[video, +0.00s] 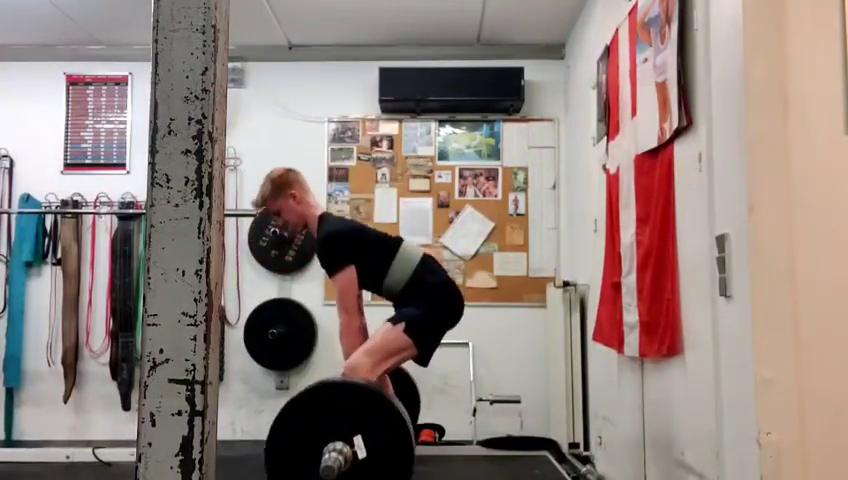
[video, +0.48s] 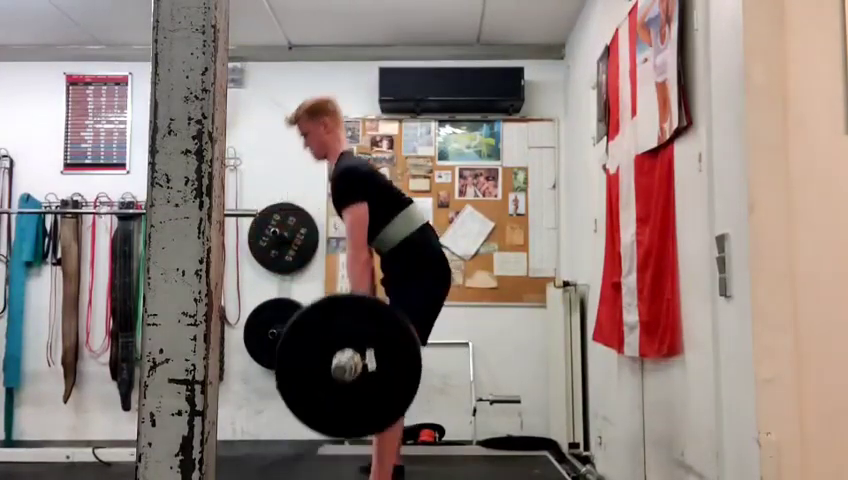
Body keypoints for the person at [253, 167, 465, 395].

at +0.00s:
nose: (280, 224)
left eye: (278, 213)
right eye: (274, 218)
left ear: (295, 197)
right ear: (297, 197)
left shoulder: (332, 237)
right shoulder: (333, 232)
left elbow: (351, 319)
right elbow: (355, 316)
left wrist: (352, 382)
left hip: (434, 301)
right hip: (429, 299)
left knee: (358, 370)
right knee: (372, 371)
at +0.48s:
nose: (306, 146)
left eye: (306, 136)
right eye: (303, 138)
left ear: (326, 127)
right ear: (325, 129)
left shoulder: (350, 174)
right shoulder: (347, 172)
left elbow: (360, 254)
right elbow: (361, 254)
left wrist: (359, 319)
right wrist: (362, 318)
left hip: (420, 272)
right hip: (412, 272)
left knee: (391, 369)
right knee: (389, 367)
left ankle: (383, 472)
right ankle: (386, 466)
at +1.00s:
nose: (369, 114)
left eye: (371, 104)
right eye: (366, 106)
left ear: (392, 93)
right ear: (393, 96)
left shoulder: (408, 142)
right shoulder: (400, 141)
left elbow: (388, 215)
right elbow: (383, 217)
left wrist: (369, 277)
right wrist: (364, 275)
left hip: (392, 260)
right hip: (387, 260)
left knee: (388, 370)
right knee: (385, 370)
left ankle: (383, 474)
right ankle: (384, 468)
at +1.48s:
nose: (305, 157)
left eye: (306, 147)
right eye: (301, 149)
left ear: (325, 140)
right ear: (325, 144)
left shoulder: (352, 185)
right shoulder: (350, 184)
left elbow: (359, 266)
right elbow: (360, 265)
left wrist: (358, 331)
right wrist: (358, 331)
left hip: (435, 280)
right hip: (427, 280)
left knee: (385, 365)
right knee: (384, 365)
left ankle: (381, 471)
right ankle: (386, 468)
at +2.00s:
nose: (277, 290)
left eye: (272, 282)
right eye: (270, 287)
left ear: (284, 256)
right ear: (285, 253)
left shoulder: (324, 271)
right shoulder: (327, 266)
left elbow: (351, 346)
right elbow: (359, 341)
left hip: (445, 314)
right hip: (436, 311)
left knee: (361, 367)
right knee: (365, 367)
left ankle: (375, 451)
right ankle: (387, 448)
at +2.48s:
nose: (276, 286)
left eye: (270, 280)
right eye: (270, 282)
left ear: (277, 264)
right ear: (281, 258)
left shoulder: (324, 272)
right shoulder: (328, 262)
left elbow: (349, 352)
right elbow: (358, 344)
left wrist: (356, 410)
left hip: (443, 311)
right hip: (437, 307)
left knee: (360, 367)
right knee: (364, 366)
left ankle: (379, 453)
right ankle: (385, 450)